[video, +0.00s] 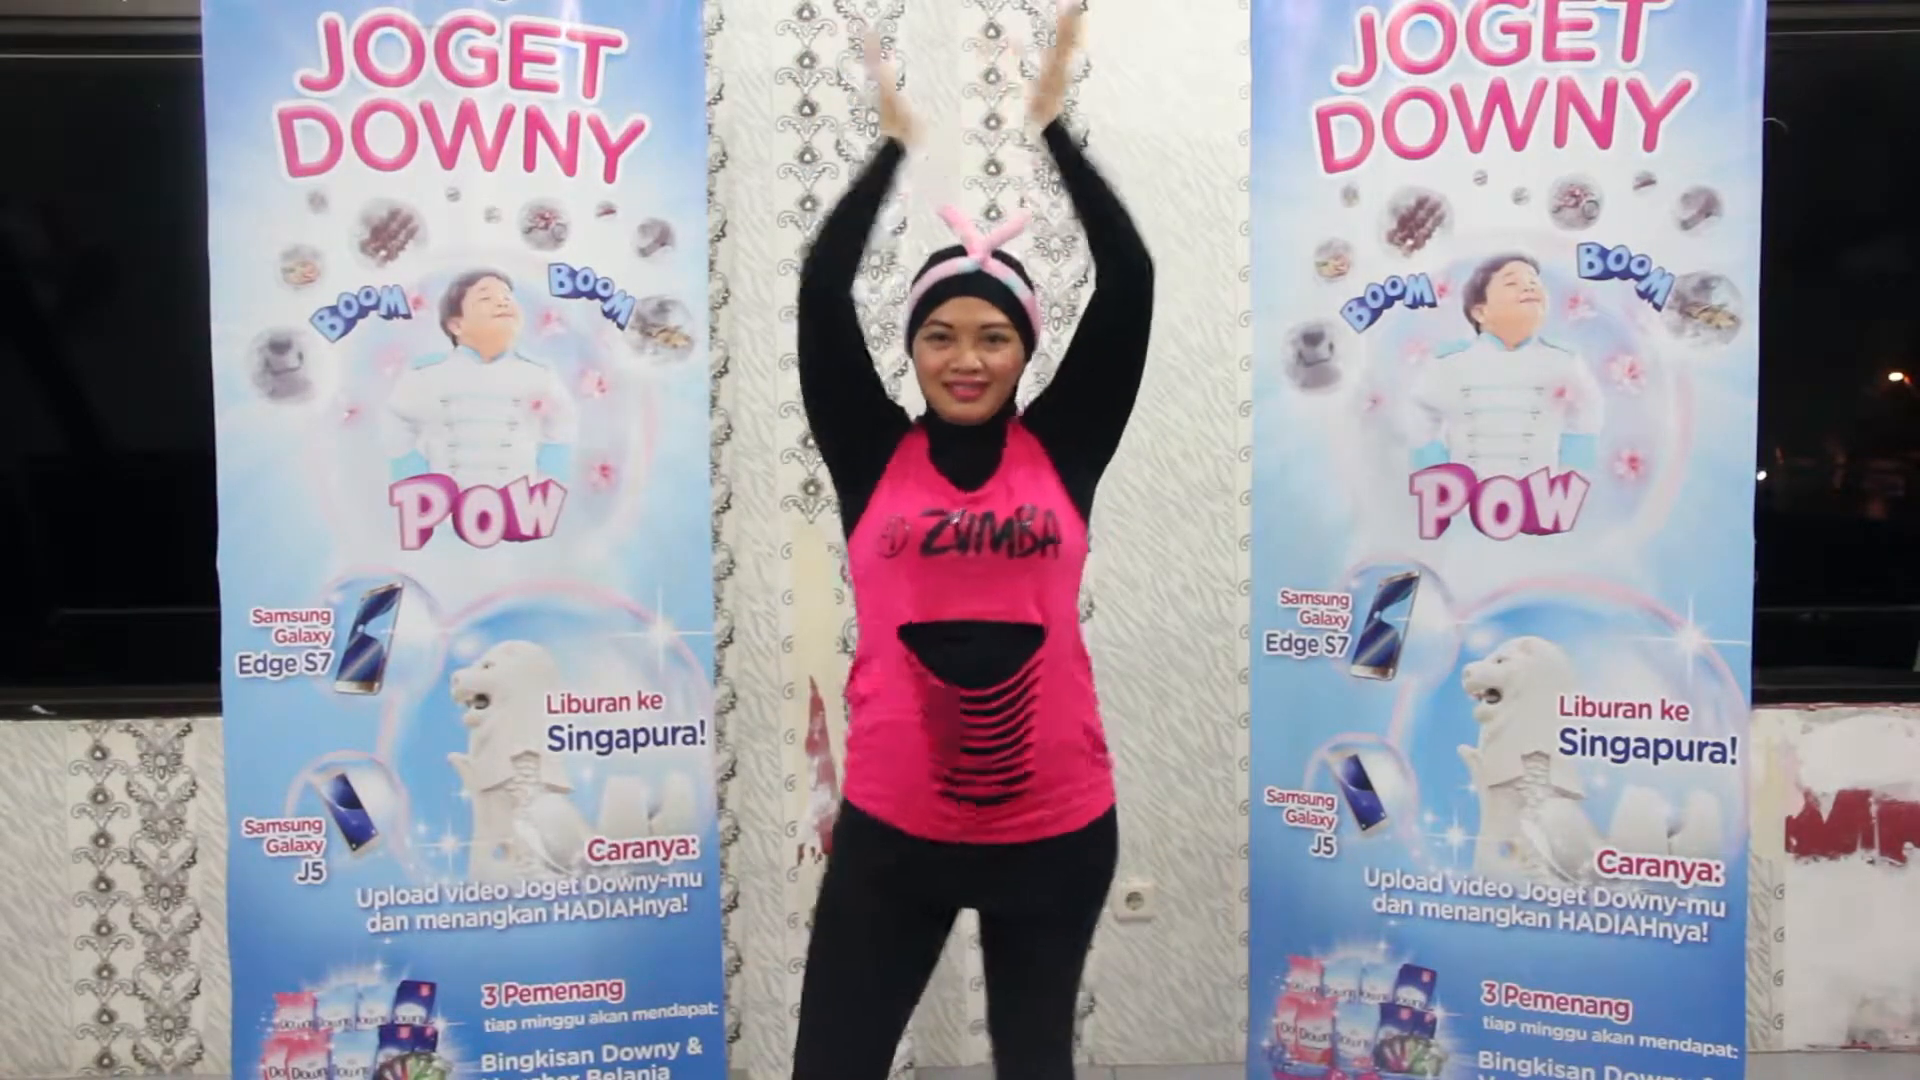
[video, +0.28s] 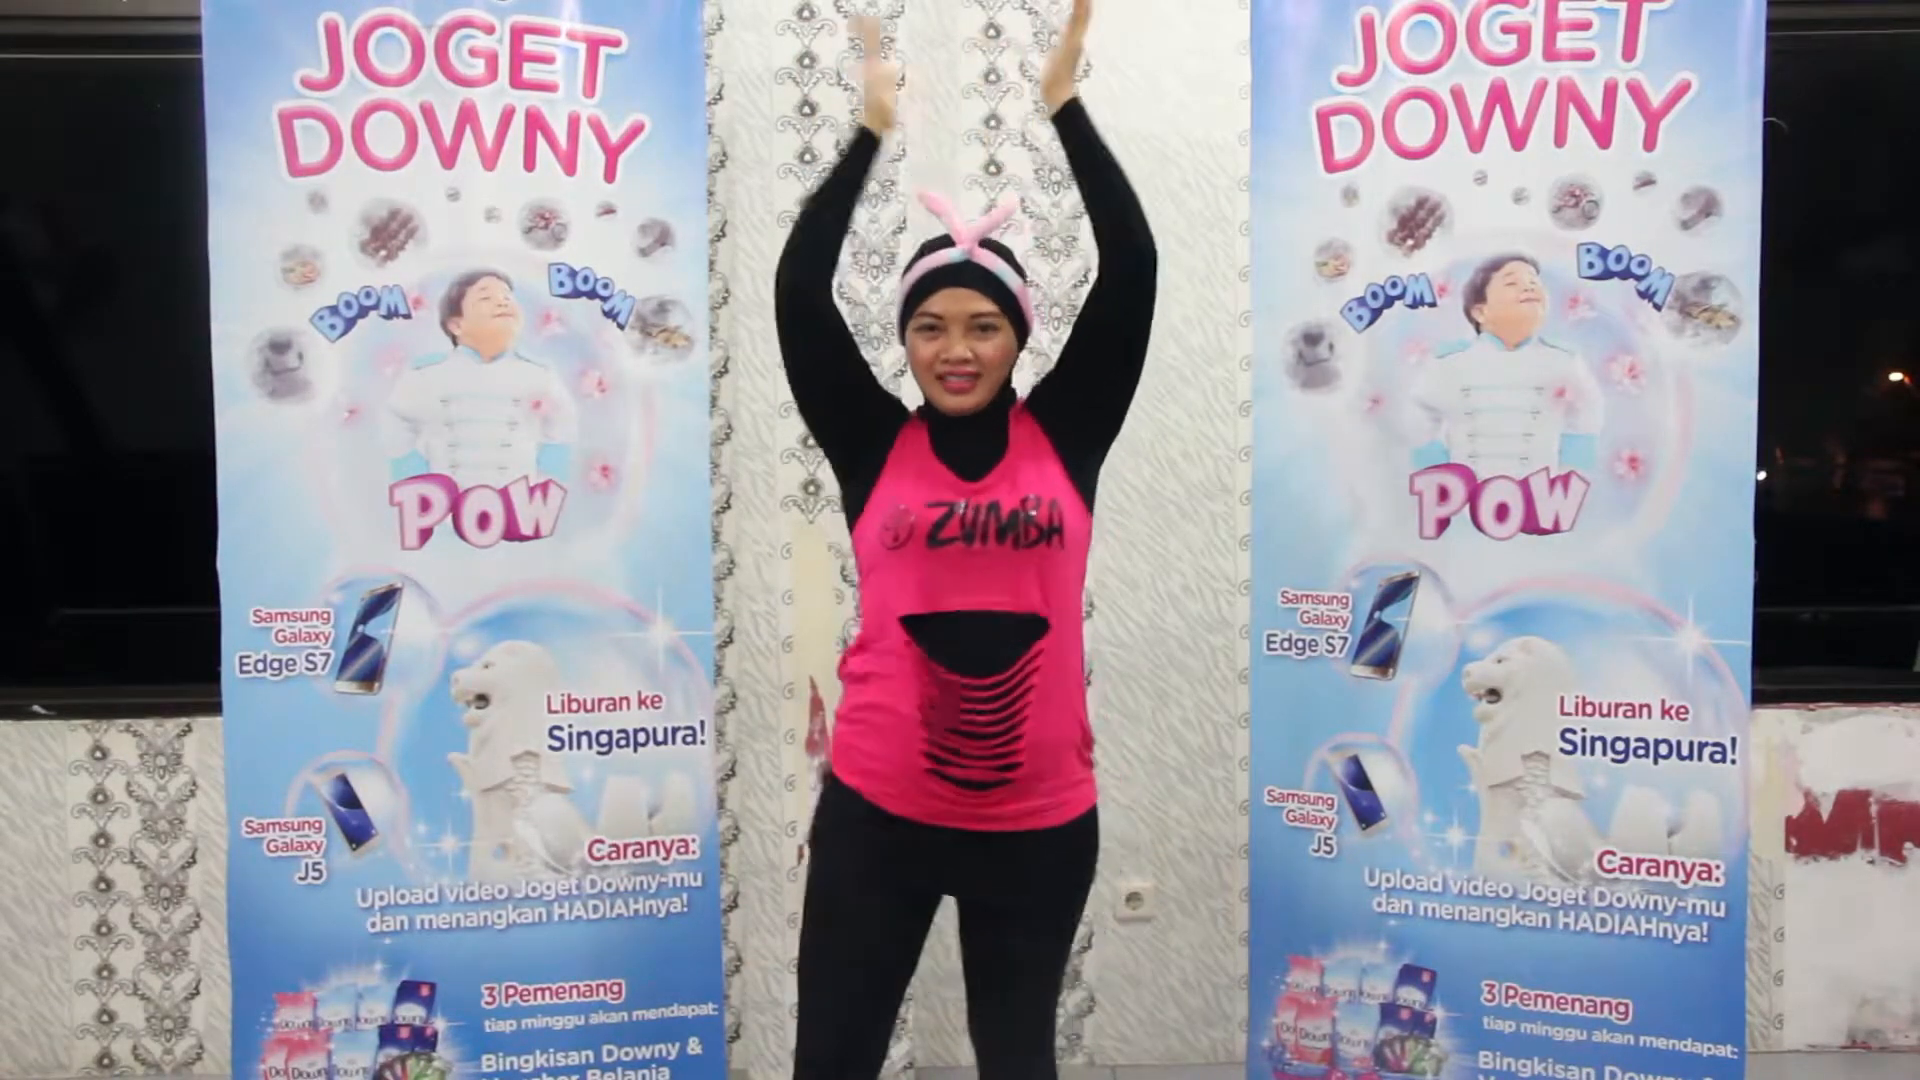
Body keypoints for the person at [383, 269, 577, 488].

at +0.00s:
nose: (502, 302)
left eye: (507, 296)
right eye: (484, 298)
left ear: (519, 314)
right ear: (454, 324)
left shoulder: (538, 377)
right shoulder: (422, 378)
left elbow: (560, 432)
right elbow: (392, 426)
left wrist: (546, 490)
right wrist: (413, 484)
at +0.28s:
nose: (502, 302)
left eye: (508, 296)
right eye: (484, 297)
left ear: (519, 314)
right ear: (454, 324)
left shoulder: (538, 377)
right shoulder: (422, 378)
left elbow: (560, 434)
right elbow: (392, 426)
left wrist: (544, 492)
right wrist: (413, 483)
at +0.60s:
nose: (502, 302)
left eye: (507, 296)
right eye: (484, 297)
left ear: (518, 313)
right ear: (455, 324)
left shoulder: (538, 377)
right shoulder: (423, 377)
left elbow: (560, 431)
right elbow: (392, 425)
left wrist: (546, 489)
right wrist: (413, 483)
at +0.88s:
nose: (503, 302)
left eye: (508, 296)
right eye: (485, 297)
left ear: (518, 314)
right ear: (455, 324)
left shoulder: (537, 377)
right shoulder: (422, 377)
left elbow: (559, 431)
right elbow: (392, 426)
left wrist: (546, 489)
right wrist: (413, 484)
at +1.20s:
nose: (503, 301)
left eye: (508, 296)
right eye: (485, 298)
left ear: (519, 315)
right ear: (455, 324)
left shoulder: (538, 378)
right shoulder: (421, 379)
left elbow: (560, 434)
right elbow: (393, 429)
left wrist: (546, 491)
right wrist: (414, 486)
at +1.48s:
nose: (503, 302)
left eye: (508, 296)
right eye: (485, 298)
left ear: (519, 315)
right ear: (454, 324)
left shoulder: (539, 379)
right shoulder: (422, 379)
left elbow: (560, 435)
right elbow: (393, 429)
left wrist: (547, 489)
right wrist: (415, 486)